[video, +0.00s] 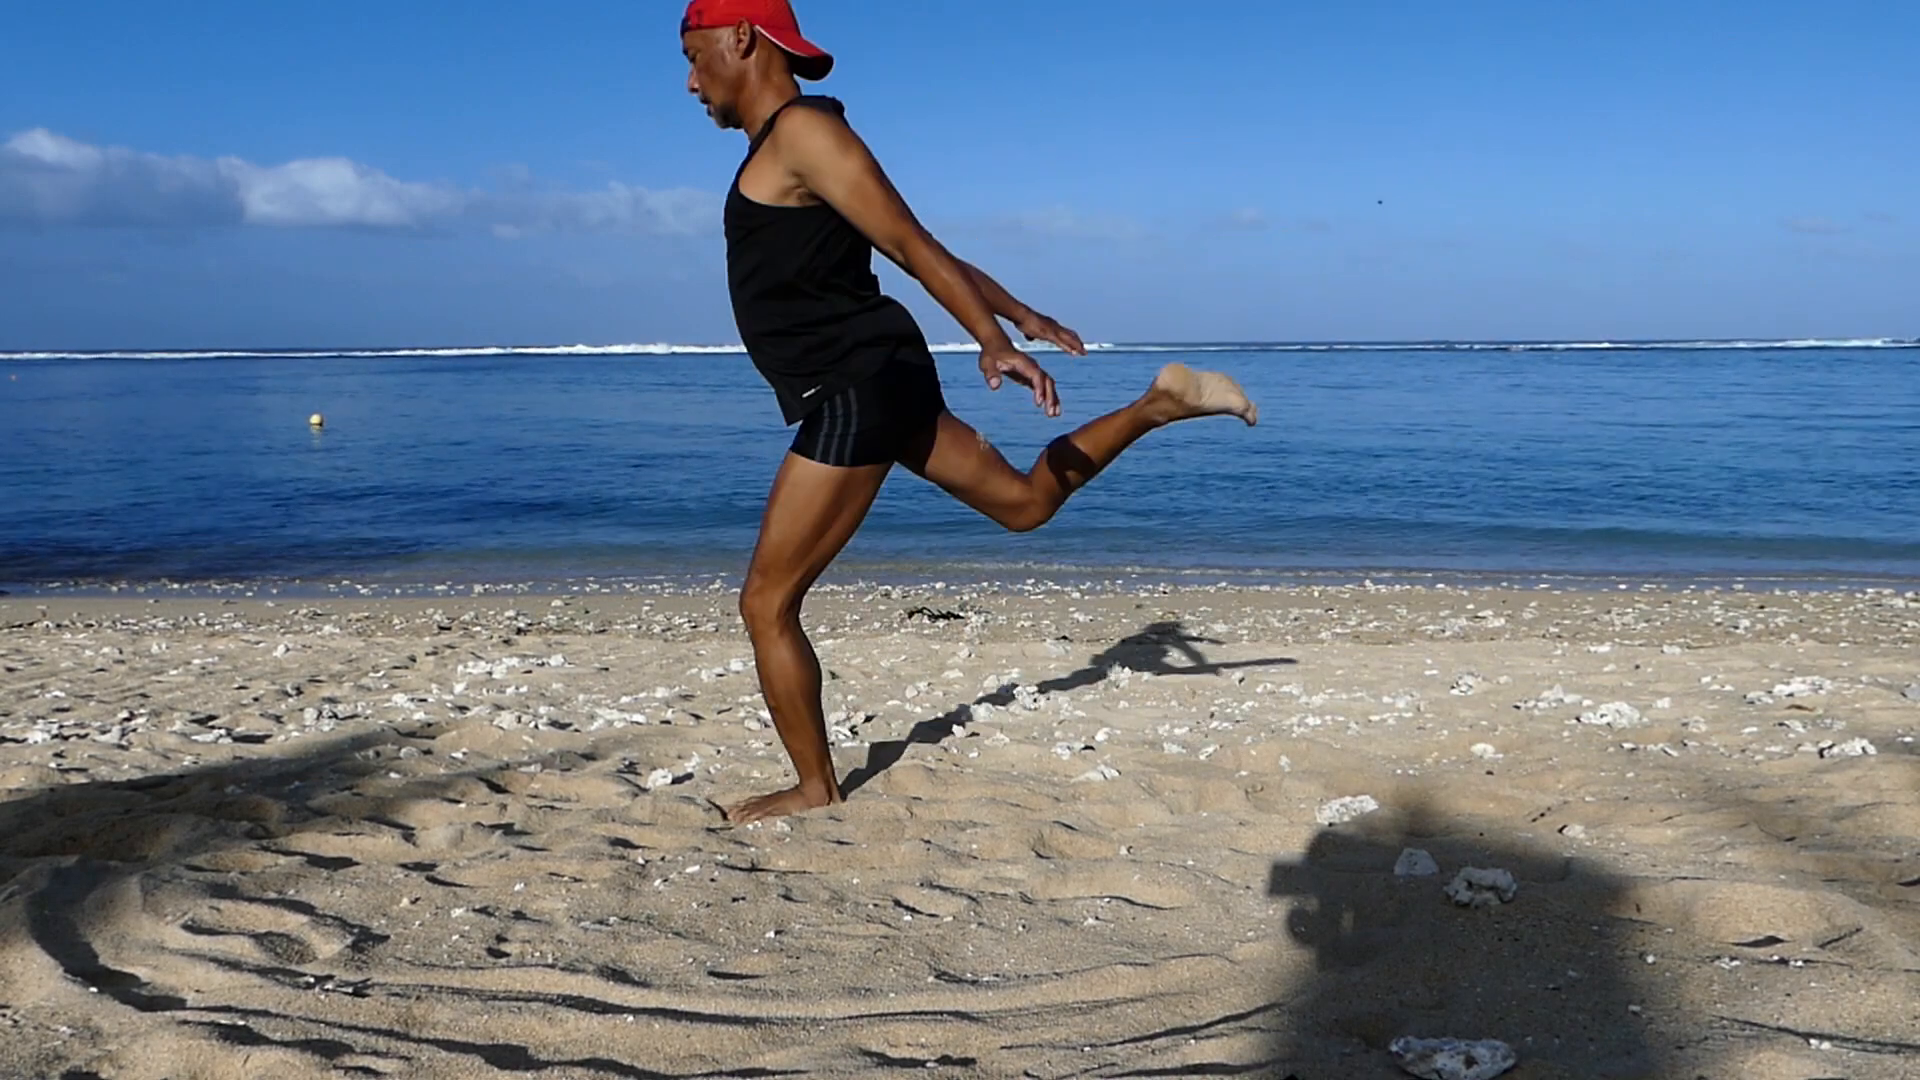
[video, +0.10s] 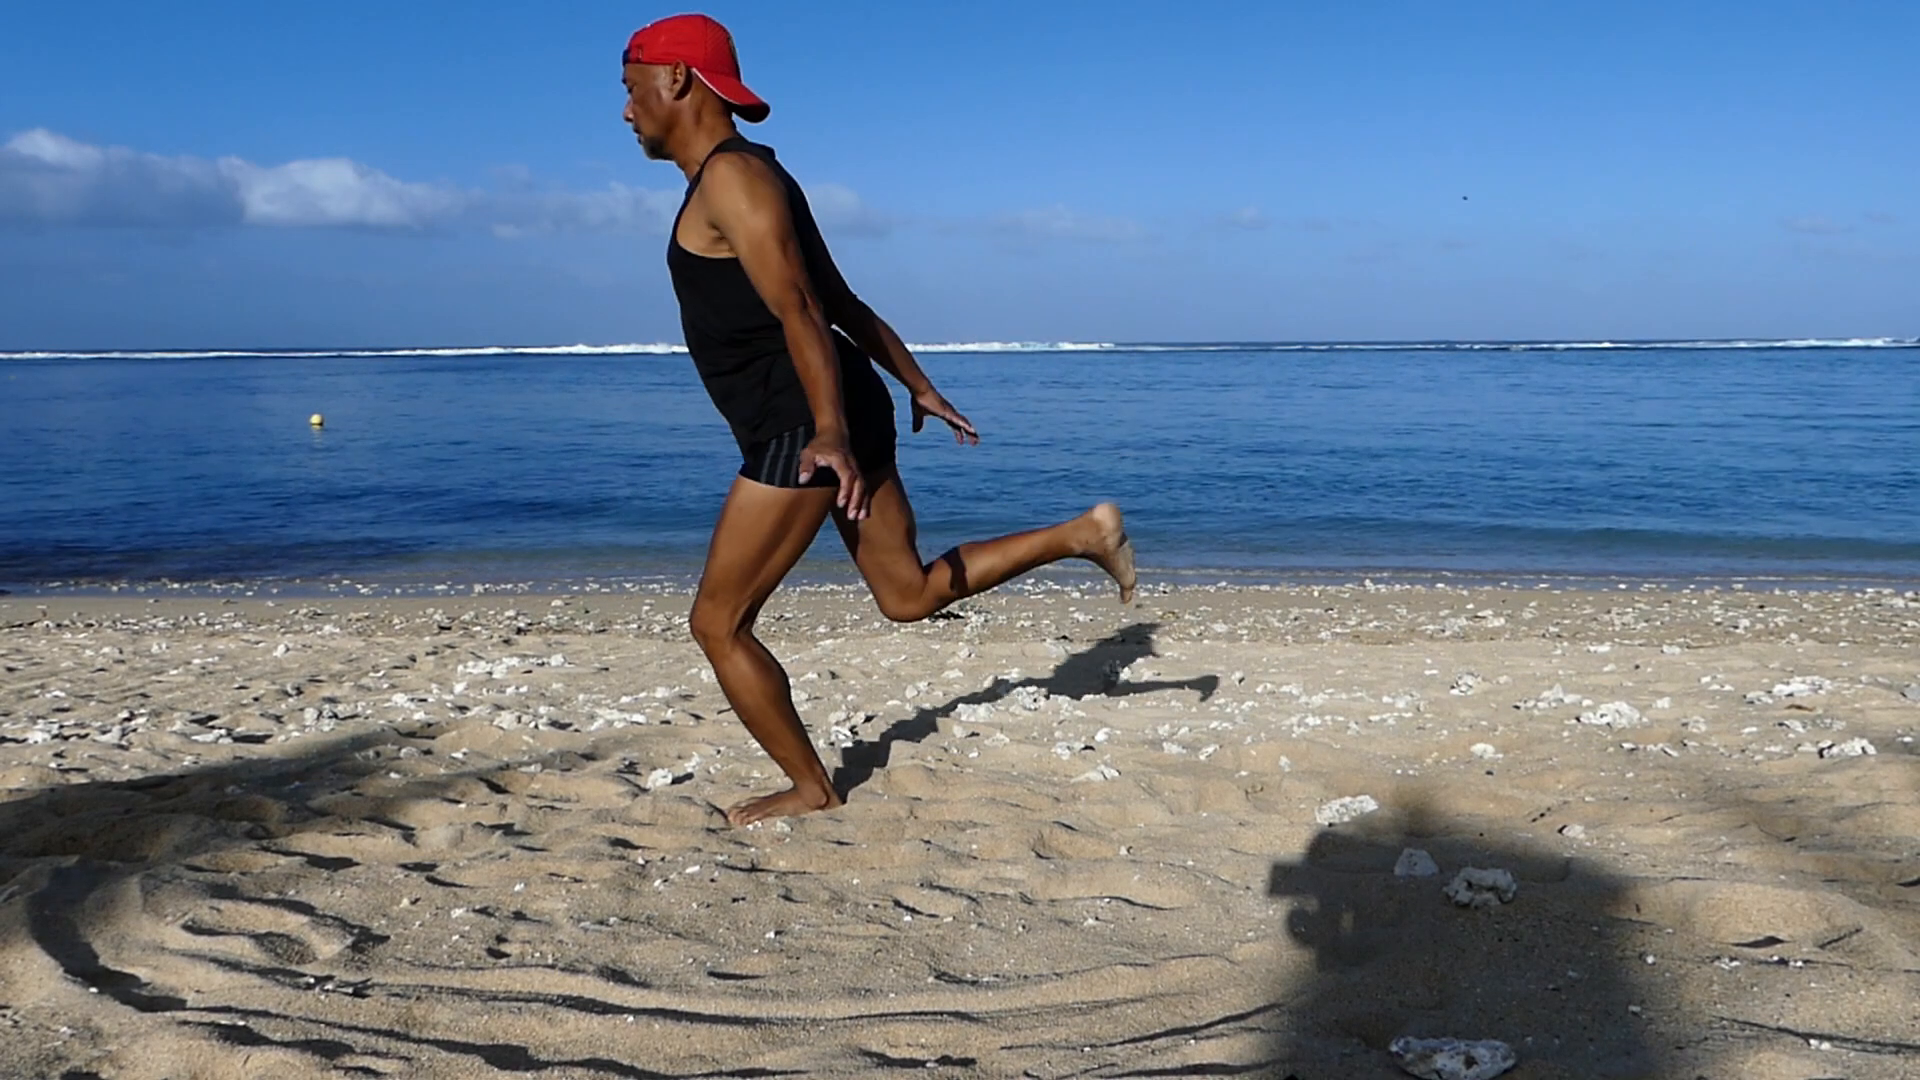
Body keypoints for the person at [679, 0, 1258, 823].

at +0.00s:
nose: (688, 81)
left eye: (694, 59)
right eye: (687, 62)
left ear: (745, 47)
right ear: (746, 50)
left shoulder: (804, 132)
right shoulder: (793, 133)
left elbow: (907, 246)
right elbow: (914, 239)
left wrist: (993, 342)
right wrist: (1020, 314)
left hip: (856, 389)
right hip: (875, 381)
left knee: (766, 603)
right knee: (1026, 502)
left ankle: (815, 787)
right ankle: (1158, 405)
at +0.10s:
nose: (626, 111)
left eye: (635, 91)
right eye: (626, 93)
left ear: (684, 91)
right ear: (695, 93)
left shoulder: (731, 179)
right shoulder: (749, 174)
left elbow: (798, 312)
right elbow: (835, 301)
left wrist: (832, 433)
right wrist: (918, 385)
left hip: (800, 433)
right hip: (843, 409)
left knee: (717, 621)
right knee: (907, 591)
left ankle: (811, 788)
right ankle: (1084, 535)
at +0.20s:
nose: (587, 123)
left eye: (596, 105)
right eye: (587, 106)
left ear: (640, 104)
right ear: (656, 105)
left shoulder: (689, 194)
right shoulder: (724, 184)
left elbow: (720, 332)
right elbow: (802, 316)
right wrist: (856, 424)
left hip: (778, 436)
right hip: (821, 426)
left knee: (701, 627)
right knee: (812, 617)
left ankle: (810, 787)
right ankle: (1006, 612)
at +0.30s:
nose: (540, 132)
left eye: (545, 111)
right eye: (539, 113)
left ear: (587, 105)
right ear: (608, 107)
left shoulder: (636, 191)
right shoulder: (680, 183)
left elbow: (618, 344)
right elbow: (753, 323)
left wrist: (524, 466)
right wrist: (752, 457)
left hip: (732, 423)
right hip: (762, 414)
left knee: (683, 631)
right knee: (688, 606)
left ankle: (805, 787)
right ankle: (848, 696)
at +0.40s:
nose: (507, 124)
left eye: (513, 105)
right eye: (506, 106)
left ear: (554, 99)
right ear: (575, 99)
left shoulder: (592, 182)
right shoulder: (655, 176)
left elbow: (553, 332)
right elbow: (739, 318)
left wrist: (435, 433)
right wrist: (686, 425)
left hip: (697, 422)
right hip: (718, 415)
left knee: (681, 639)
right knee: (604, 581)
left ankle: (810, 786)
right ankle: (733, 731)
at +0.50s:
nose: (457, 100)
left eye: (461, 81)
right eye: (455, 82)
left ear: (501, 75)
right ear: (533, 77)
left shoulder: (524, 155)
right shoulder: (607, 155)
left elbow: (471, 296)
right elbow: (694, 292)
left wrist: (362, 365)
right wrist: (650, 385)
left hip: (633, 402)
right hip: (642, 400)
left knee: (679, 618)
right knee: (513, 546)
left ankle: (813, 774)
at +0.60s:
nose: (417, 78)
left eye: (422, 58)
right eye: (418, 58)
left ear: (459, 54)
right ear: (488, 55)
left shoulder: (479, 138)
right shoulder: (562, 138)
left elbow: (419, 277)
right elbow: (653, 281)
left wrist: (334, 328)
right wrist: (604, 375)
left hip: (587, 391)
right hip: (596, 389)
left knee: (661, 592)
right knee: (464, 537)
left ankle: (798, 758)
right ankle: (460, 746)